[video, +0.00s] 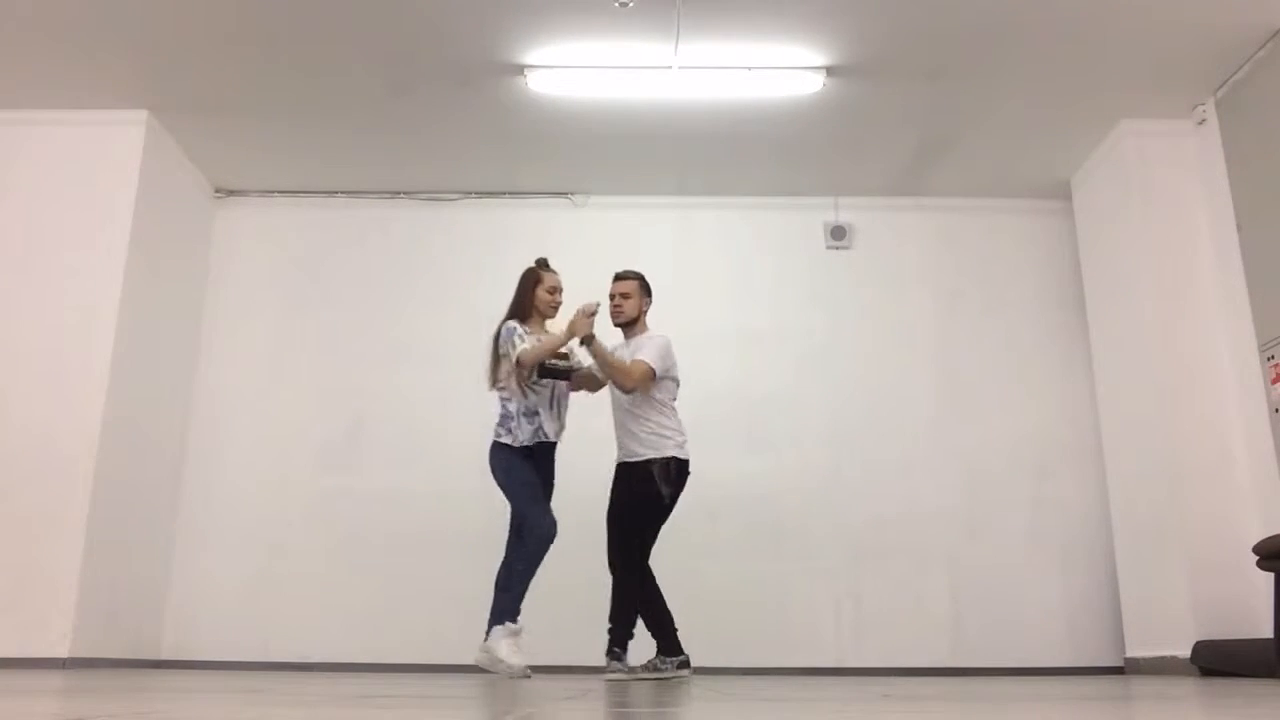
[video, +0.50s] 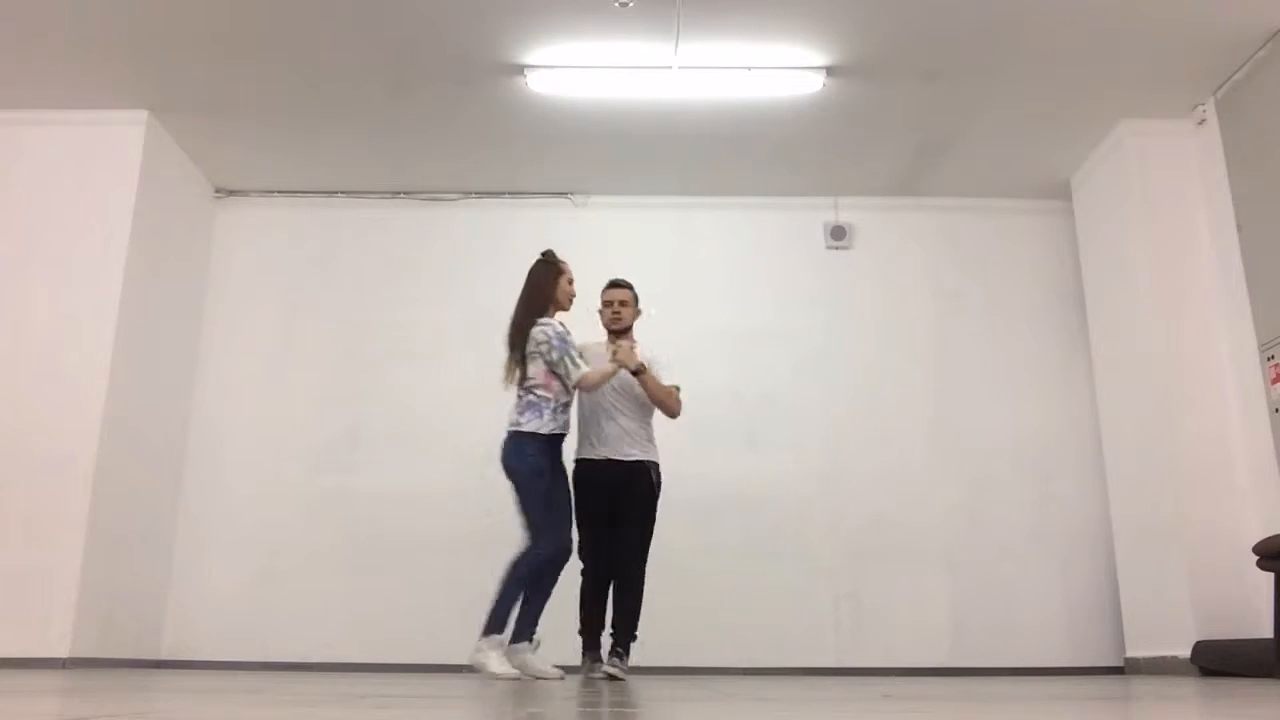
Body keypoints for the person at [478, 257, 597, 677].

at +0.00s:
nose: (558, 299)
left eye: (560, 293)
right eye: (551, 291)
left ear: (556, 298)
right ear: (530, 292)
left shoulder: (557, 345)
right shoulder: (510, 330)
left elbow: (589, 381)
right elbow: (527, 357)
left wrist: (602, 367)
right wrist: (571, 333)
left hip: (542, 455)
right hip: (509, 452)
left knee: (520, 543)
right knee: (543, 528)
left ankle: (496, 639)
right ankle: (505, 628)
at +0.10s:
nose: (557, 298)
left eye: (559, 292)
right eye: (551, 290)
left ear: (554, 297)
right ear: (529, 290)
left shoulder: (552, 347)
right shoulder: (511, 325)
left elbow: (581, 384)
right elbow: (533, 341)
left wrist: (613, 360)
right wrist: (579, 317)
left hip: (540, 455)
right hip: (509, 452)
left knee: (531, 544)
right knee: (531, 540)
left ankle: (495, 643)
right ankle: (487, 642)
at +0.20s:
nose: (557, 295)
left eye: (559, 290)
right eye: (550, 288)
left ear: (554, 295)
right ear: (528, 290)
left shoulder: (552, 352)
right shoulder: (515, 324)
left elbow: (576, 385)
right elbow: (543, 337)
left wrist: (615, 360)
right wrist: (590, 317)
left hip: (535, 453)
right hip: (504, 450)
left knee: (545, 551)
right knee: (518, 541)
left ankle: (500, 639)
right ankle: (483, 647)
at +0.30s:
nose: (562, 293)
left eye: (561, 287)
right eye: (555, 286)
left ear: (547, 292)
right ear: (534, 289)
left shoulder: (548, 338)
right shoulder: (523, 325)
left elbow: (584, 371)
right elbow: (557, 351)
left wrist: (620, 343)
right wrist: (603, 330)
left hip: (531, 453)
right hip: (502, 449)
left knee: (559, 545)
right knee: (501, 542)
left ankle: (508, 635)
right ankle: (478, 650)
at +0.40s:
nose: (567, 291)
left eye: (565, 284)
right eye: (560, 284)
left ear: (544, 288)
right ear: (540, 287)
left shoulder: (543, 330)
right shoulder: (536, 328)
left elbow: (571, 365)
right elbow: (573, 369)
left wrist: (608, 347)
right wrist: (611, 348)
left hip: (534, 451)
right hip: (512, 449)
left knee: (563, 543)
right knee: (501, 543)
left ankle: (521, 643)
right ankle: (478, 649)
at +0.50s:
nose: (574, 288)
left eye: (573, 281)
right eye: (568, 282)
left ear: (549, 286)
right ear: (550, 286)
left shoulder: (547, 329)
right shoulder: (549, 329)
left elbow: (570, 375)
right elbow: (581, 381)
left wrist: (613, 360)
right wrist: (620, 363)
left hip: (545, 447)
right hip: (529, 448)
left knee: (559, 546)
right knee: (546, 543)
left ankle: (520, 647)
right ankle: (489, 643)